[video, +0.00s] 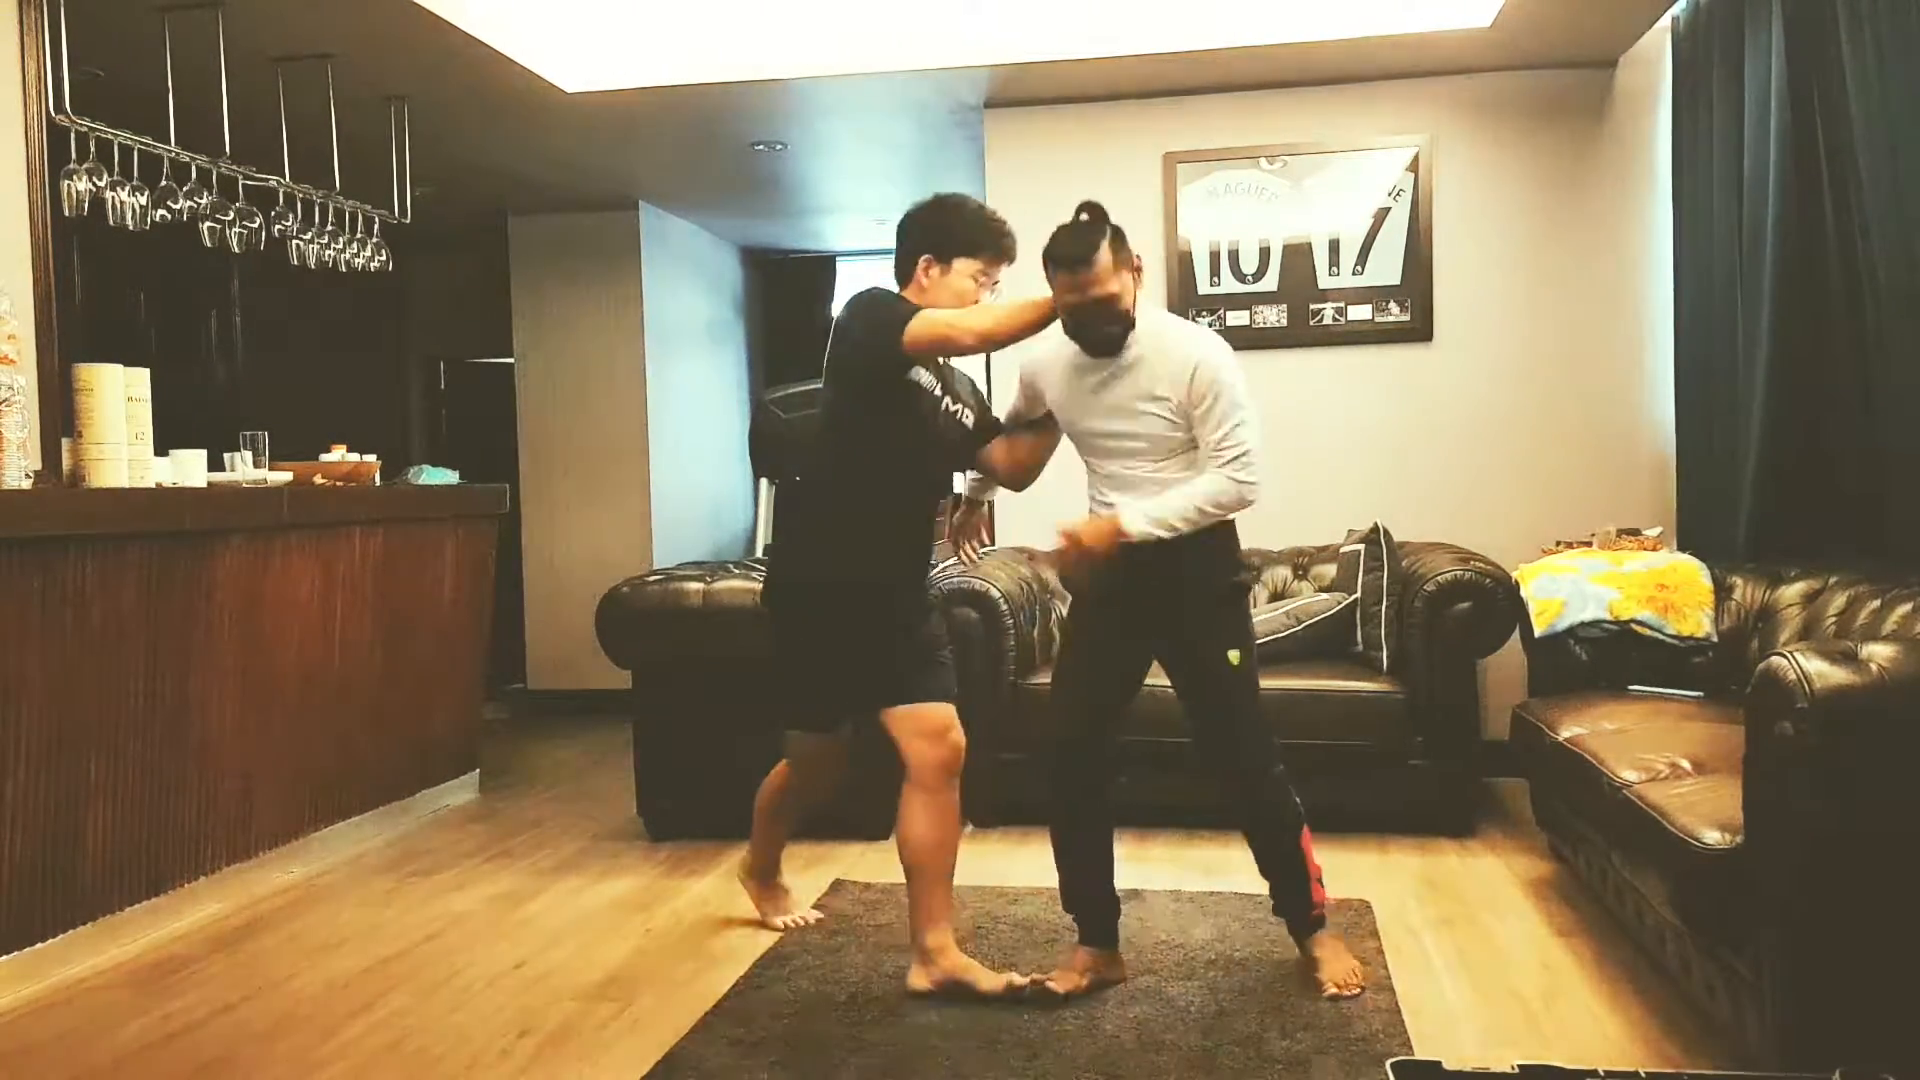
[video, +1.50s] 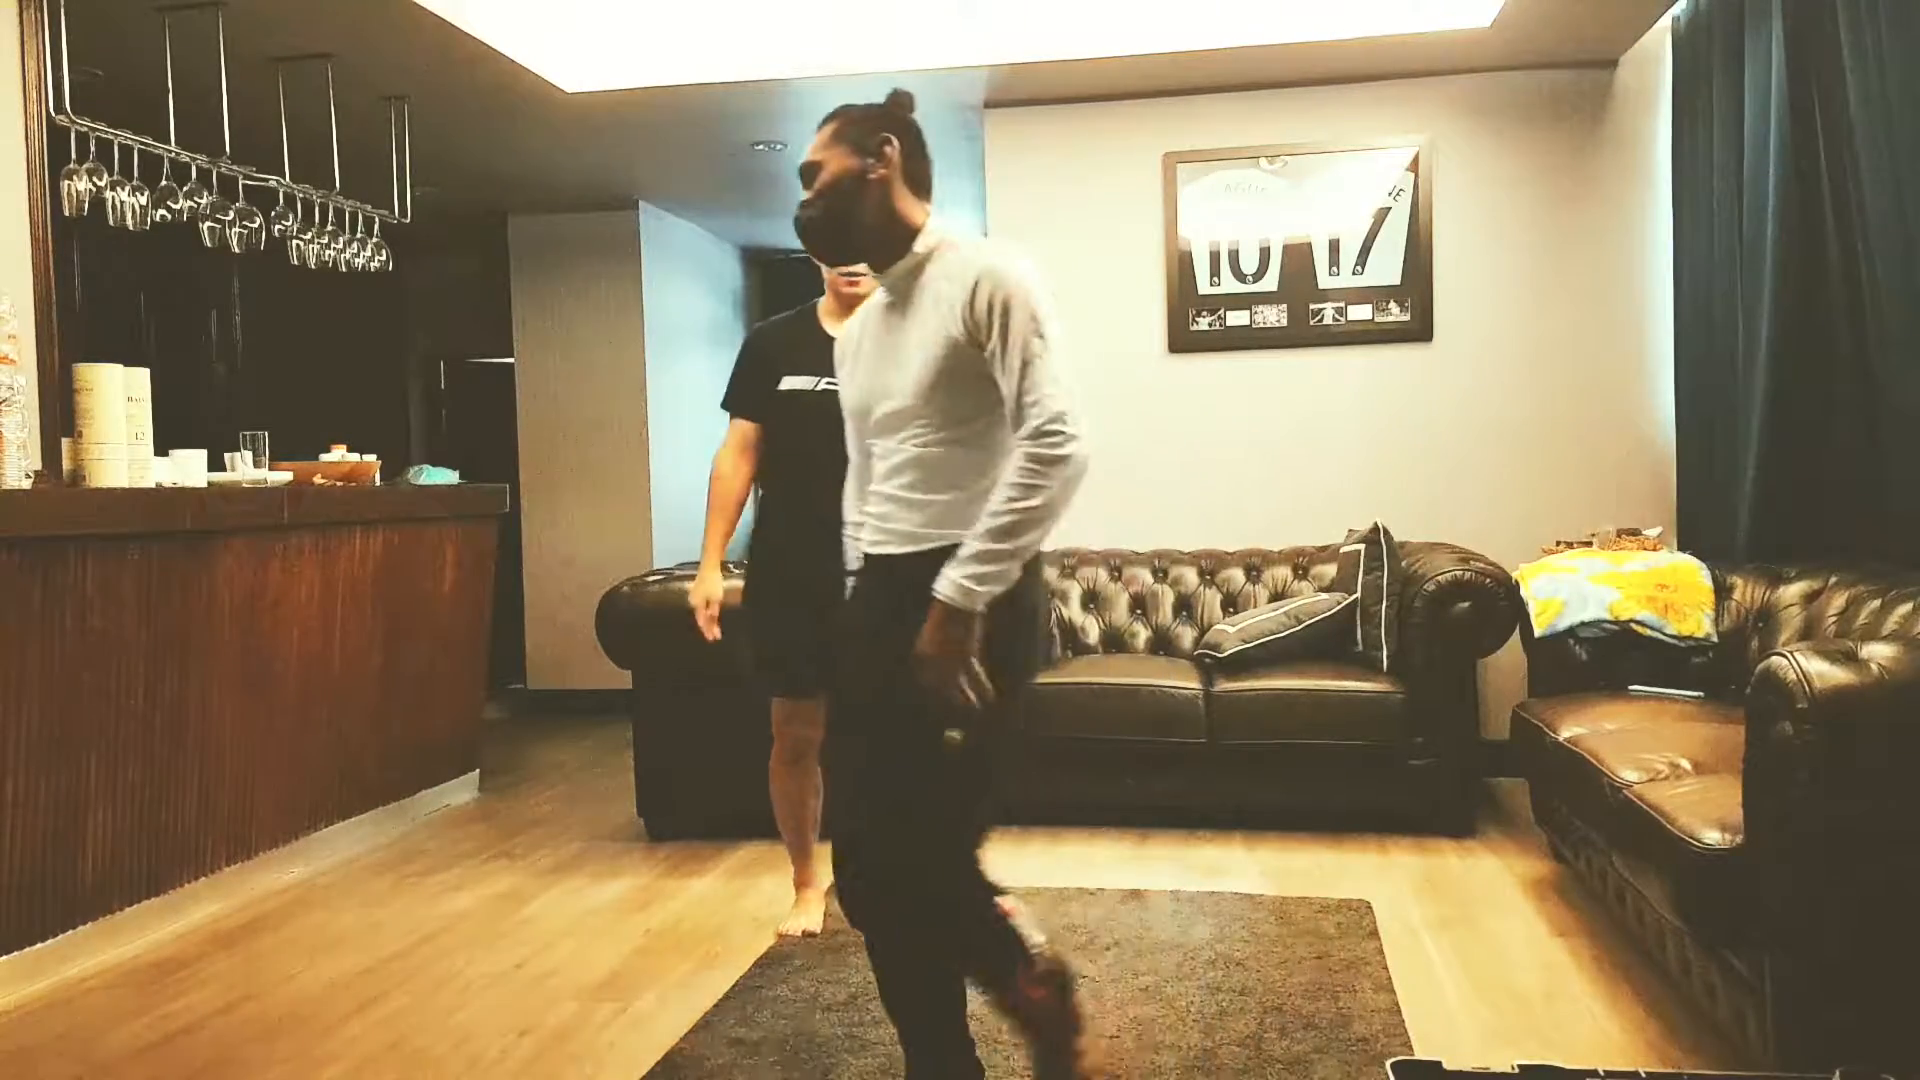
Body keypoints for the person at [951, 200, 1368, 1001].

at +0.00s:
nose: (1105, 312)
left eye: (1113, 292)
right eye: (1084, 301)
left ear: (1135, 270)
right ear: (1056, 295)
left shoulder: (1198, 356)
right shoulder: (1043, 364)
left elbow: (1239, 480)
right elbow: (1017, 453)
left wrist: (1122, 521)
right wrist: (977, 484)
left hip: (1200, 570)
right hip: (1112, 575)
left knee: (1242, 751)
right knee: (1071, 747)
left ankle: (1314, 932)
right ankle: (1096, 946)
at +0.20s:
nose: (1059, 285)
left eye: (1073, 266)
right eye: (1047, 269)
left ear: (1119, 250)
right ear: (1038, 265)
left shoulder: (1163, 339)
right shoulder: (1060, 341)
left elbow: (1117, 464)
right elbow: (1080, 442)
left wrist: (1006, 414)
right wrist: (1044, 512)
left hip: (1166, 556)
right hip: (1091, 563)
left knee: (1211, 747)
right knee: (1069, 749)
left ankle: (1330, 923)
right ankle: (1095, 944)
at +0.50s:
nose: (1021, 290)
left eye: (1030, 271)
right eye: (1015, 274)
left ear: (1081, 252)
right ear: (1067, 259)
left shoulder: (1121, 352)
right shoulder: (1092, 330)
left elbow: (1116, 499)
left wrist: (984, 482)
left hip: (1129, 577)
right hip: (1088, 570)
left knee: (1095, 770)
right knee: (1054, 761)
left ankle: (1229, 967)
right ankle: (1089, 944)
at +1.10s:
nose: (943, 233)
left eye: (956, 210)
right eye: (938, 214)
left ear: (1025, 193)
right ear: (1003, 203)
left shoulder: (1108, 306)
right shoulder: (1011, 302)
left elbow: (1140, 482)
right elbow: (1042, 452)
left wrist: (1046, 611)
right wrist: (1015, 555)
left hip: (1119, 582)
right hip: (1036, 576)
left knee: (1124, 821)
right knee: (990, 809)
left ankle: (1179, 1019)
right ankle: (1050, 1038)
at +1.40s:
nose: (833, 199)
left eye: (849, 178)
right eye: (832, 183)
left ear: (919, 172)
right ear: (909, 179)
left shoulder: (1018, 280)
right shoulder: (896, 317)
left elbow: (1068, 460)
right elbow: (925, 471)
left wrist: (1009, 623)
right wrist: (903, 611)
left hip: (1017, 590)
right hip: (924, 592)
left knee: (1020, 861)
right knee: (904, 869)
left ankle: (1126, 991)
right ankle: (947, 1065)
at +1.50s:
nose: (804, 199)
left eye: (818, 177)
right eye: (802, 183)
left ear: (886, 160)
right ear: (876, 168)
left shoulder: (987, 277)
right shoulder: (858, 325)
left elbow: (1054, 443)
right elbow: (866, 473)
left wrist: (960, 601)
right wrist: (857, 593)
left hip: (969, 596)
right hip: (880, 594)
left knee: (920, 851)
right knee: (869, 855)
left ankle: (1041, 998)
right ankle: (940, 1061)